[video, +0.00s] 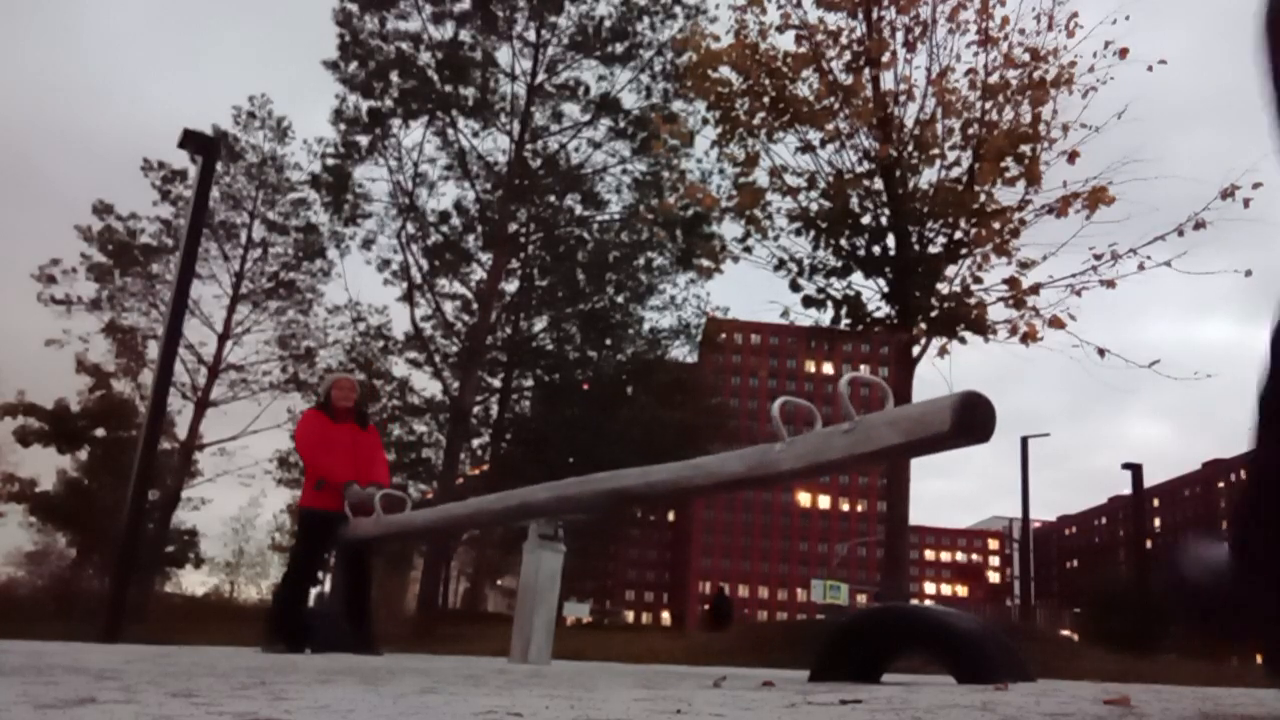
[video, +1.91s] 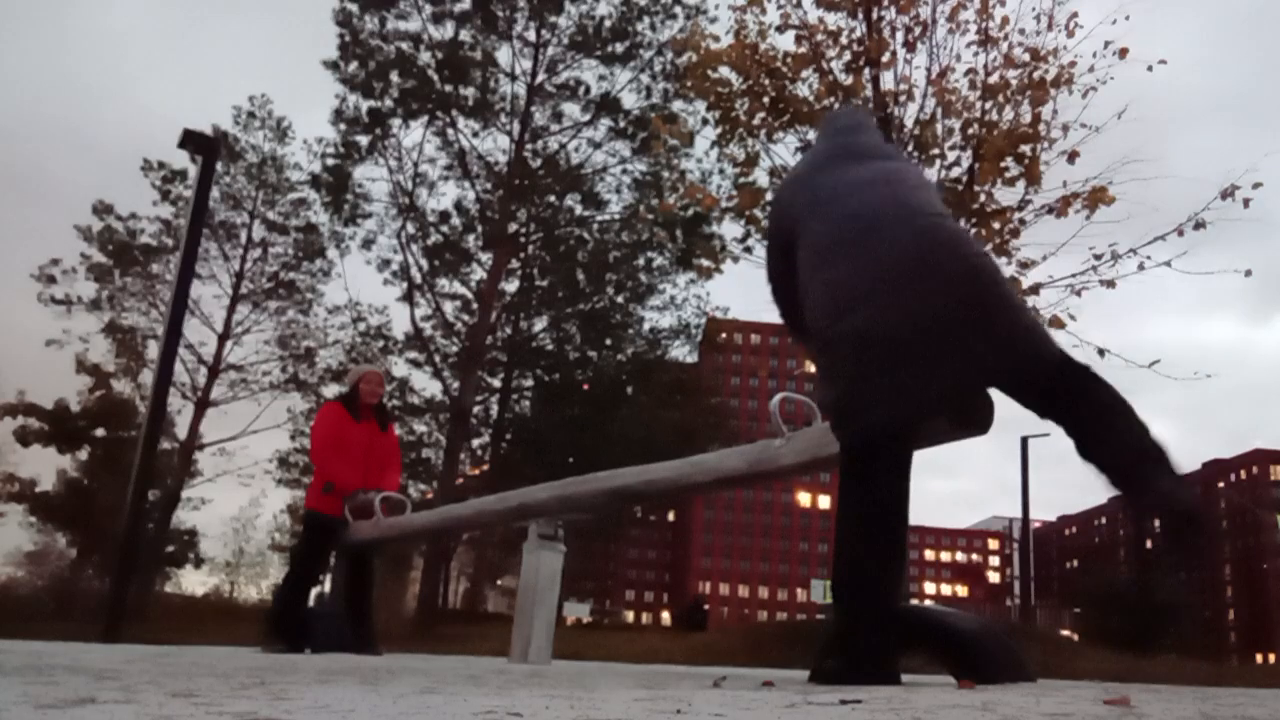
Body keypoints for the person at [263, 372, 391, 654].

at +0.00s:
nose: (345, 393)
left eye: (351, 389)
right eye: (339, 388)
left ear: (358, 396)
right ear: (328, 393)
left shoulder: (367, 430)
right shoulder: (312, 420)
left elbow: (379, 465)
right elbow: (312, 456)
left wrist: (377, 489)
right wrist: (342, 481)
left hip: (357, 514)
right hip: (319, 509)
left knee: (357, 577)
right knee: (301, 573)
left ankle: (360, 640)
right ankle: (282, 637)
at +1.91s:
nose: (373, 389)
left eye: (378, 384)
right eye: (367, 383)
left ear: (384, 390)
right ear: (354, 385)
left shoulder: (385, 425)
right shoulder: (332, 412)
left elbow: (392, 467)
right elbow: (320, 455)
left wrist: (385, 495)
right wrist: (346, 487)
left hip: (363, 514)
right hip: (325, 508)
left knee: (360, 580)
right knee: (306, 571)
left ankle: (362, 643)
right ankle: (280, 635)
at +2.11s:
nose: (373, 388)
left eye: (378, 384)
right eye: (367, 383)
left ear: (385, 389)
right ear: (354, 386)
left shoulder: (384, 424)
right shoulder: (332, 412)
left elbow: (393, 466)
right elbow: (320, 456)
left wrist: (388, 493)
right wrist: (349, 488)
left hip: (364, 514)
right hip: (326, 509)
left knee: (361, 578)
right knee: (306, 571)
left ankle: (361, 641)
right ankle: (281, 635)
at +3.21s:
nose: (381, 379)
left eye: (386, 374)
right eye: (375, 373)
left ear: (392, 380)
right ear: (362, 375)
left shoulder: (391, 415)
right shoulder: (337, 400)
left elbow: (399, 453)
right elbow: (321, 440)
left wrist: (384, 475)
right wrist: (351, 471)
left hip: (367, 500)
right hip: (329, 493)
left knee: (369, 561)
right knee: (313, 556)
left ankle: (365, 628)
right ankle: (285, 622)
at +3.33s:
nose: (382, 374)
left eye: (387, 369)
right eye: (376, 367)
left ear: (392, 374)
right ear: (363, 369)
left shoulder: (390, 405)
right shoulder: (340, 391)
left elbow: (403, 444)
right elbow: (322, 432)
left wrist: (386, 464)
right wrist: (351, 465)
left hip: (371, 491)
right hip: (332, 484)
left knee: (378, 550)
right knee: (319, 545)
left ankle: (371, 618)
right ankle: (287, 608)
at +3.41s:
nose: (382, 369)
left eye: (387, 364)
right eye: (376, 363)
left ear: (392, 369)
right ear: (363, 364)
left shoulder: (393, 401)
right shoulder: (340, 388)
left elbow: (403, 441)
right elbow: (324, 429)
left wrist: (383, 459)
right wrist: (352, 461)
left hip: (373, 487)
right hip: (333, 479)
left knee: (380, 546)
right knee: (321, 540)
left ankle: (374, 611)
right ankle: (290, 602)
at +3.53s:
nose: (383, 364)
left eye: (388, 358)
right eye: (377, 357)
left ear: (394, 363)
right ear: (364, 359)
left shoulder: (395, 394)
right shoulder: (341, 381)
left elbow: (404, 432)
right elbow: (328, 424)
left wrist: (384, 452)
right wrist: (354, 455)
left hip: (375, 477)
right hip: (335, 470)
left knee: (384, 534)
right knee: (326, 530)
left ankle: (380, 603)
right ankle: (291, 594)